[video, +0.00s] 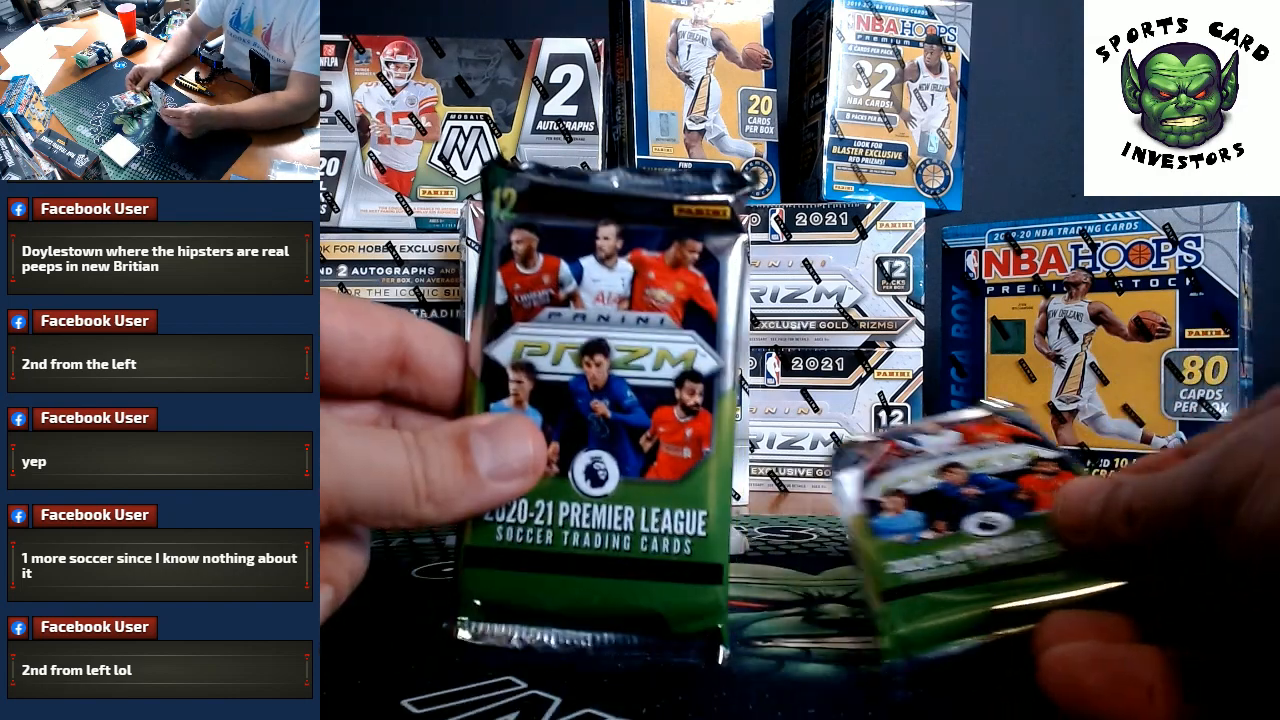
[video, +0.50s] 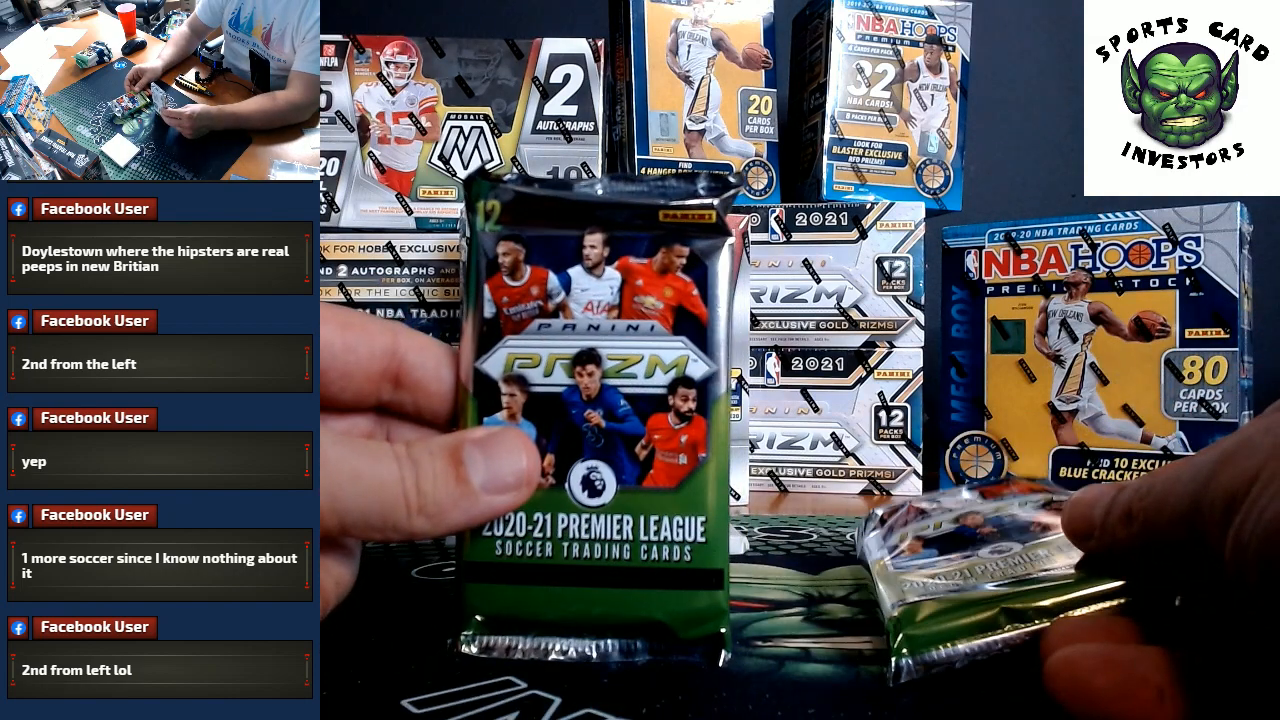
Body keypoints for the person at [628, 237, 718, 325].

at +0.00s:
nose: (695, 258)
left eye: (698, 253)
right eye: (691, 252)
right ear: (676, 246)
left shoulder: (695, 279)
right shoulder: (642, 259)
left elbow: (717, 313)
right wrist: (620, 300)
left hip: (670, 338)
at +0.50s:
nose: (683, 263)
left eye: (685, 258)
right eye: (679, 257)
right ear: (663, 253)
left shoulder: (684, 285)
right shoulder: (628, 265)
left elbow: (707, 318)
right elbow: (601, 285)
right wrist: (610, 308)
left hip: (661, 346)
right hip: (627, 343)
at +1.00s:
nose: (686, 264)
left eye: (688, 259)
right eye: (681, 258)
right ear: (665, 253)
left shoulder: (686, 286)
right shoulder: (630, 266)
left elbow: (710, 321)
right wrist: (612, 310)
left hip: (663, 349)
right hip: (628, 346)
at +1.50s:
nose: (679, 261)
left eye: (681, 256)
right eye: (674, 255)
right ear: (658, 252)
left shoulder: (680, 284)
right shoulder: (622, 265)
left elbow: (705, 319)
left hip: (657, 347)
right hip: (622, 344)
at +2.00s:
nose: (678, 261)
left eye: (680, 256)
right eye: (673, 256)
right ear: (657, 252)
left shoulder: (679, 284)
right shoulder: (622, 265)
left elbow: (702, 318)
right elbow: (595, 285)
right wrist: (606, 308)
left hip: (657, 346)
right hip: (622, 343)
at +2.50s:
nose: (690, 263)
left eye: (692, 258)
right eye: (685, 258)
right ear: (669, 254)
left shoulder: (691, 287)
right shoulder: (634, 267)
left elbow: (716, 322)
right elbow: (606, 285)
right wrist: (619, 311)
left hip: (668, 348)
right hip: (633, 345)